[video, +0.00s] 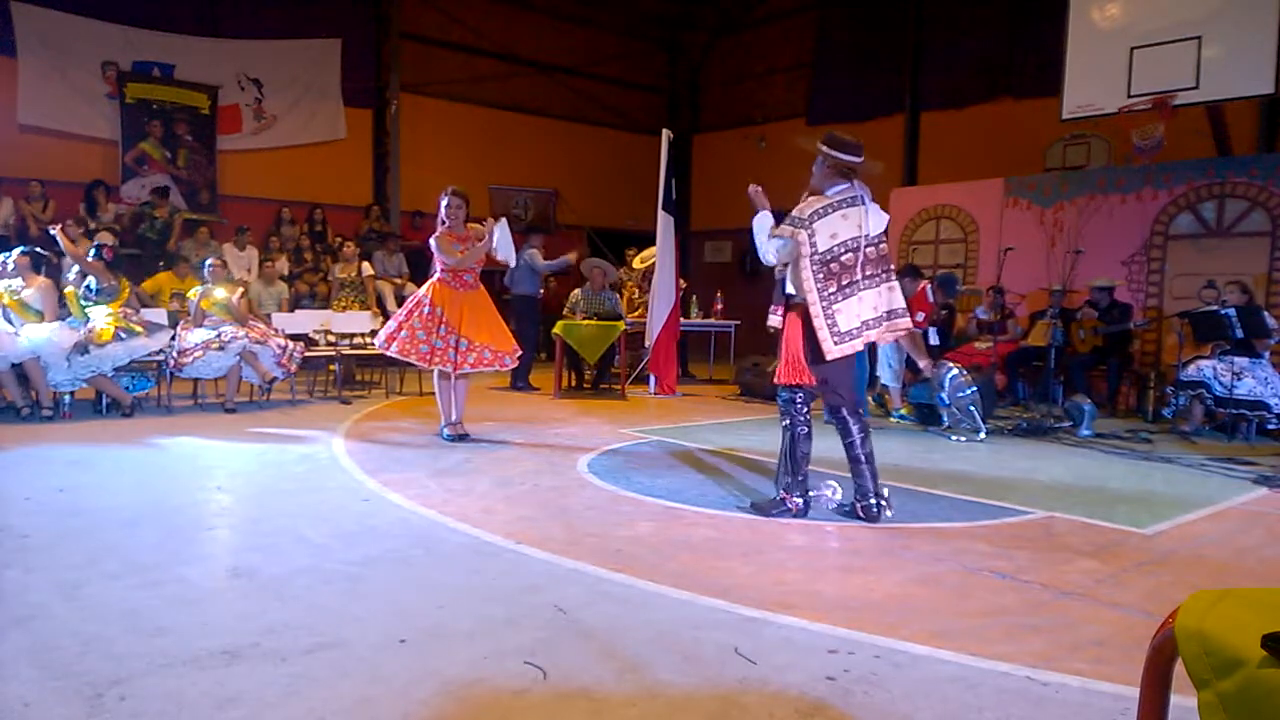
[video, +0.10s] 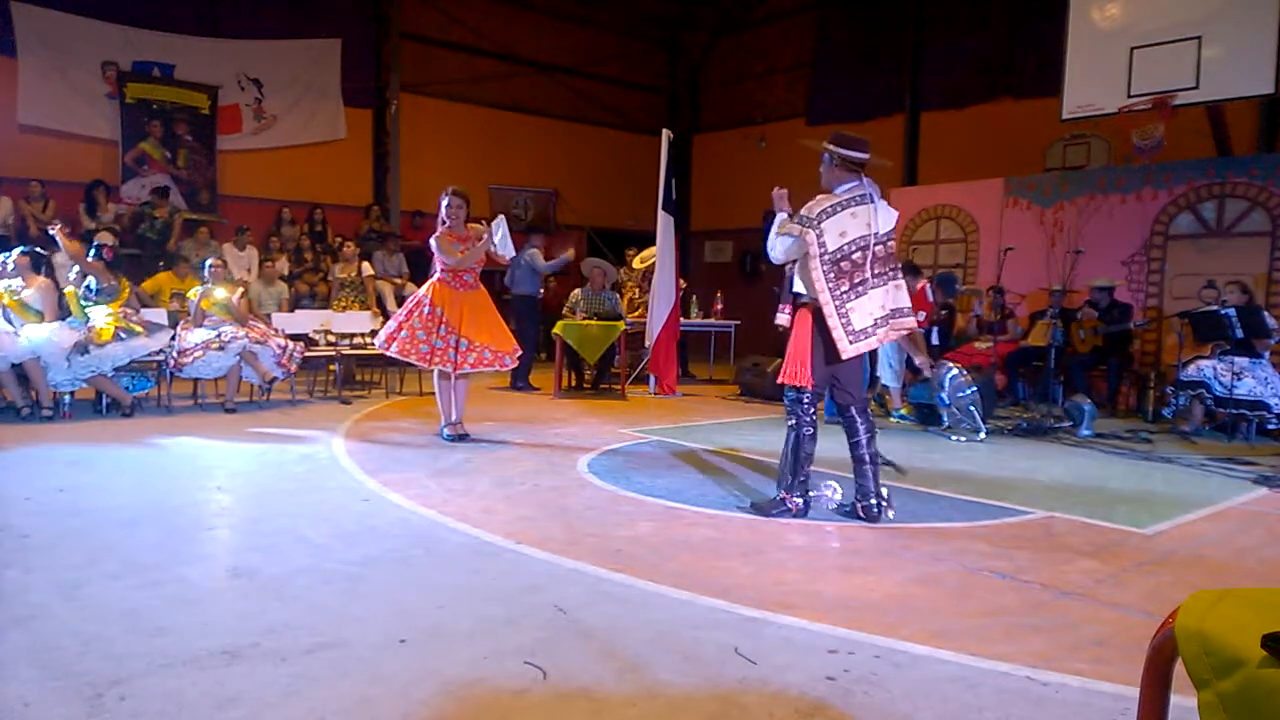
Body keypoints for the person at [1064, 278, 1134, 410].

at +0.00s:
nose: (1091, 295)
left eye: (1095, 292)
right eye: (1091, 292)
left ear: (1105, 293)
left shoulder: (1123, 308)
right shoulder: (1089, 306)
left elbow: (1119, 321)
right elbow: (1067, 315)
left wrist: (1097, 316)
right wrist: (1077, 315)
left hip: (1116, 349)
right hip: (1096, 349)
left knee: (1115, 365)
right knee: (1076, 363)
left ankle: (1111, 403)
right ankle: (1083, 399)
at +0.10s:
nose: (1091, 295)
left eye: (1095, 292)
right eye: (1091, 292)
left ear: (1105, 293)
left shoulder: (1123, 308)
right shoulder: (1089, 306)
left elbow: (1119, 321)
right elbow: (1067, 315)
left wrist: (1097, 316)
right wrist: (1078, 315)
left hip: (1117, 349)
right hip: (1096, 349)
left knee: (1115, 365)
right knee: (1076, 363)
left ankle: (1111, 403)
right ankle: (1083, 399)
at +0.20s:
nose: (1093, 295)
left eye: (1097, 292)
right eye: (1093, 292)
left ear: (1107, 293)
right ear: (1093, 293)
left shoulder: (1123, 308)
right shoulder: (1090, 306)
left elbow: (1118, 321)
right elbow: (1067, 315)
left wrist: (1097, 316)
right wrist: (1078, 315)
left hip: (1116, 350)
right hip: (1096, 349)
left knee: (1115, 365)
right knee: (1076, 363)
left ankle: (1111, 403)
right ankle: (1083, 400)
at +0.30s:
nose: (1095, 295)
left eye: (1098, 292)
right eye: (1094, 292)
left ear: (1108, 292)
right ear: (1093, 293)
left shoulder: (1123, 308)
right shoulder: (1090, 305)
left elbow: (1118, 321)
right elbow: (1068, 315)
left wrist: (1097, 315)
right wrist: (1079, 315)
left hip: (1116, 349)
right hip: (1096, 348)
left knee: (1115, 365)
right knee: (1076, 363)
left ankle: (1111, 403)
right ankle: (1084, 400)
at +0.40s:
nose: (1097, 296)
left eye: (1100, 292)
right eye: (1096, 292)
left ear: (1109, 292)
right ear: (1094, 293)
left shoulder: (1123, 308)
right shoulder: (1091, 305)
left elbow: (1118, 320)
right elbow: (1069, 315)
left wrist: (1097, 315)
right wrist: (1079, 315)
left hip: (1116, 349)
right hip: (1096, 349)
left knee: (1114, 365)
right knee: (1076, 363)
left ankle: (1111, 403)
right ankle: (1083, 400)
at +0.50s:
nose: (1097, 295)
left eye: (1101, 292)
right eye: (1096, 292)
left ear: (1110, 292)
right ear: (1094, 292)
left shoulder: (1124, 308)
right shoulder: (1091, 305)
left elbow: (1118, 320)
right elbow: (1068, 315)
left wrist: (1097, 315)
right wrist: (1079, 315)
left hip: (1117, 349)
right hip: (1096, 348)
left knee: (1114, 365)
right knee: (1076, 362)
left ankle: (1111, 403)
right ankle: (1083, 399)